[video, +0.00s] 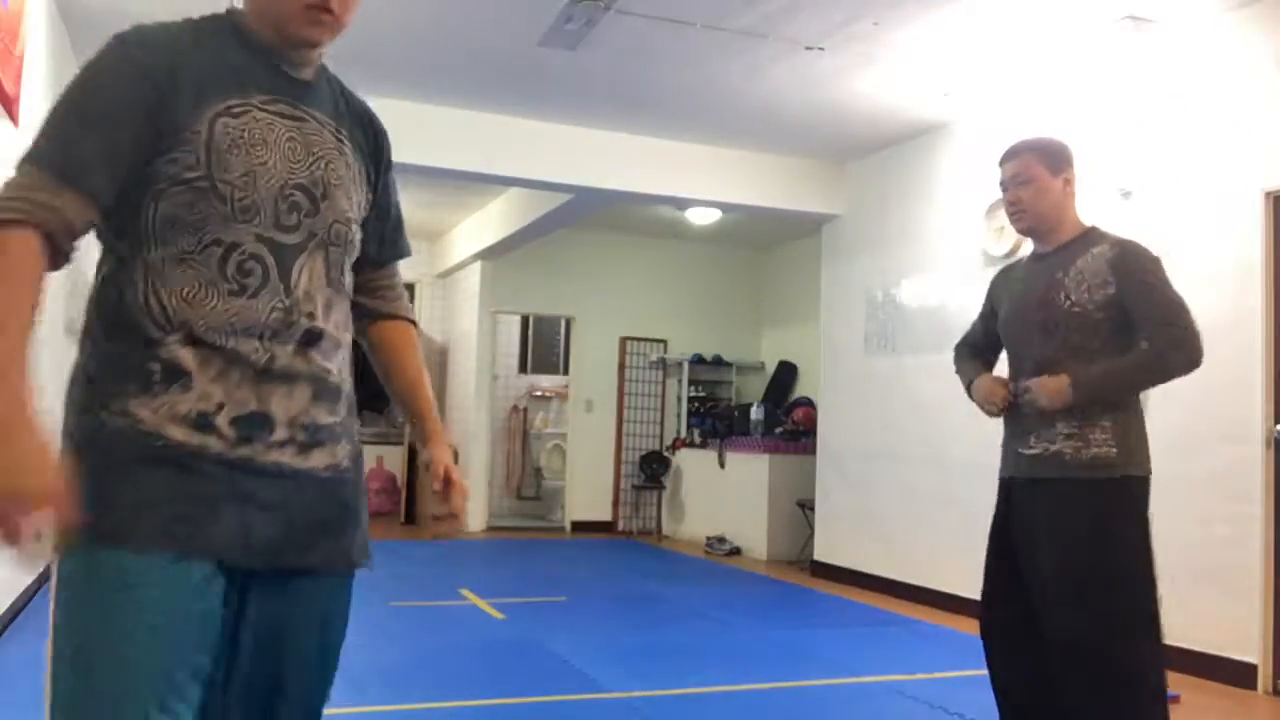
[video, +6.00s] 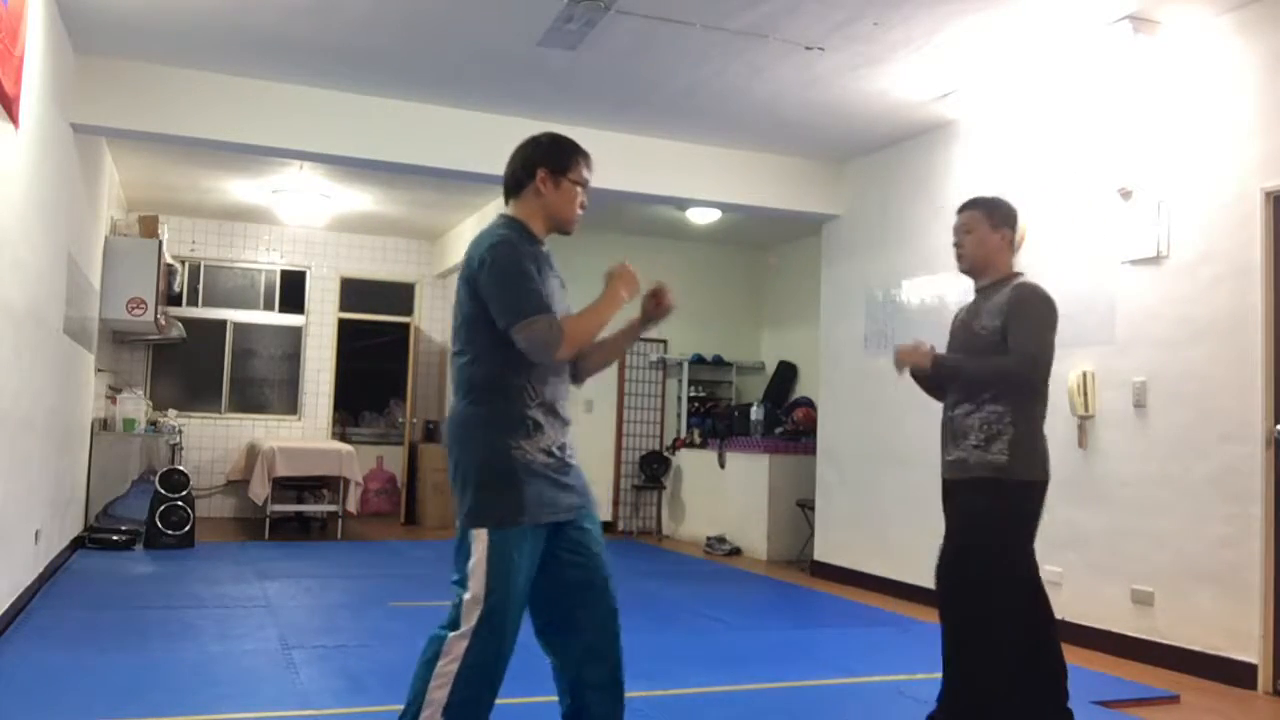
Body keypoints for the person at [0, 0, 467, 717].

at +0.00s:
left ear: (357, 3)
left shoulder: (361, 129)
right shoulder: (152, 63)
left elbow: (382, 298)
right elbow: (23, 226)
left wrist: (431, 429)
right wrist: (14, 427)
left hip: (312, 519)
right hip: (149, 501)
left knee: (279, 713)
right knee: (124, 708)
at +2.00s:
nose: (389, 154)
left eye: (391, 142)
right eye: (380, 137)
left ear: (338, 137)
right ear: (332, 131)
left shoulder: (351, 234)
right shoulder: (292, 213)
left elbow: (406, 337)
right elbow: (346, 316)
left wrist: (483, 292)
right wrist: (439, 280)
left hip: (384, 468)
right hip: (312, 469)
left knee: (402, 638)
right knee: (270, 637)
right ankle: (198, 716)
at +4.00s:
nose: (530, 189)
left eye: (534, 179)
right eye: (520, 174)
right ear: (478, 171)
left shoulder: (489, 250)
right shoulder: (457, 239)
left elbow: (537, 351)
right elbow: (494, 337)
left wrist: (597, 310)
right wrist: (567, 295)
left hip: (508, 456)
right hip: (456, 454)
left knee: (532, 618)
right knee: (444, 619)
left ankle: (531, 713)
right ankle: (399, 715)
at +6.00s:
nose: (586, 200)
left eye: (587, 189)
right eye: (580, 186)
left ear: (545, 185)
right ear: (542, 180)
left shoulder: (537, 259)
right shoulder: (503, 246)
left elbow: (574, 364)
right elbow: (547, 342)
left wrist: (639, 323)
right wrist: (612, 297)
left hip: (554, 469)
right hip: (502, 468)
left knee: (589, 629)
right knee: (478, 632)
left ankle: (595, 716)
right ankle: (428, 715)